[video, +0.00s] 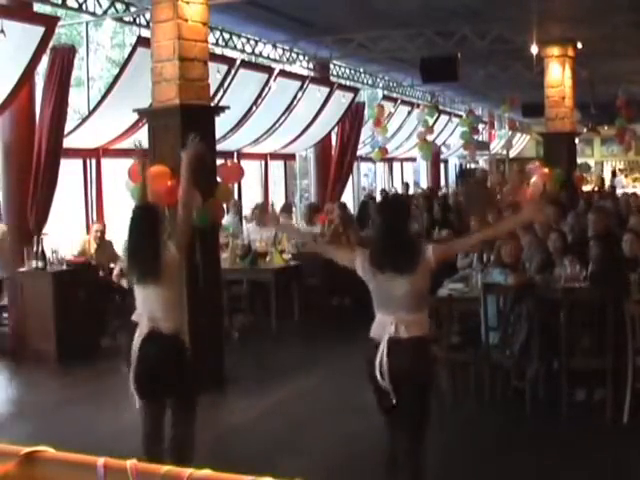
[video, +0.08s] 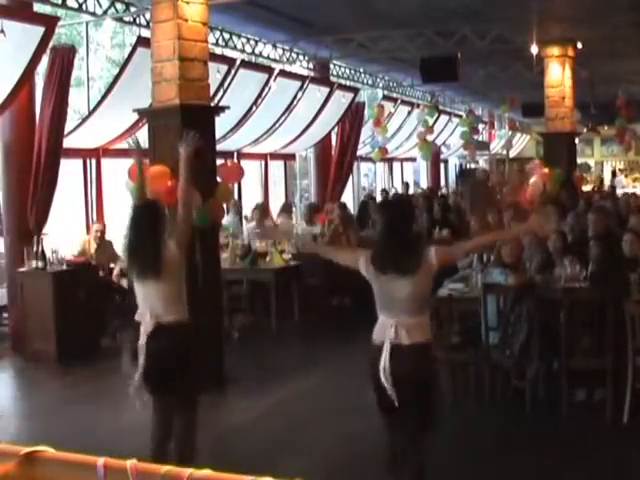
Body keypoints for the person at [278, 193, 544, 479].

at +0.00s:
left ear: (377, 225)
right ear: (409, 222)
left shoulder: (363, 261)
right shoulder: (428, 255)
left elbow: (316, 246)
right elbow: (478, 238)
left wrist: (278, 224)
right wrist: (523, 217)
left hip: (384, 346)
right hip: (419, 344)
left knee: (394, 422)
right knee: (418, 420)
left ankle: (396, 469)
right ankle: (416, 469)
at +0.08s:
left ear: (380, 226)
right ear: (413, 224)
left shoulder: (369, 262)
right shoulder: (430, 256)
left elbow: (331, 253)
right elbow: (475, 244)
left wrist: (304, 245)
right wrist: (524, 228)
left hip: (383, 347)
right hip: (417, 347)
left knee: (393, 419)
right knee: (420, 417)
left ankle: (396, 465)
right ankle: (416, 466)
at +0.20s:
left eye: (390, 217)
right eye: (418, 215)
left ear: (385, 225)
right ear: (418, 223)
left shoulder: (371, 256)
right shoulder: (434, 251)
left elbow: (325, 246)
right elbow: (482, 239)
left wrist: (290, 236)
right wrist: (528, 225)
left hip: (387, 340)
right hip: (422, 340)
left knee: (393, 416)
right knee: (426, 414)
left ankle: (397, 469)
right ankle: (430, 469)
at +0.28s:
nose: (376, 227)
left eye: (380, 223)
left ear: (384, 229)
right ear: (418, 225)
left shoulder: (373, 260)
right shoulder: (437, 253)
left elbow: (328, 250)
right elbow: (485, 240)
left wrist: (294, 241)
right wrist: (532, 222)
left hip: (387, 344)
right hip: (425, 342)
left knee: (395, 423)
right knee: (431, 423)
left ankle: (398, 471)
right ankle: (434, 470)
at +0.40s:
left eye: (386, 220)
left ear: (385, 227)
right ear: (420, 226)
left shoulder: (372, 261)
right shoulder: (437, 259)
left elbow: (328, 254)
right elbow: (485, 247)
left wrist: (290, 245)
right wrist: (529, 230)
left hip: (387, 345)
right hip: (425, 343)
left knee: (395, 417)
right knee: (430, 418)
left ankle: (395, 470)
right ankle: (434, 469)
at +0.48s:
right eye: (415, 216)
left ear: (384, 224)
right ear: (418, 222)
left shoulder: (370, 256)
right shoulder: (435, 252)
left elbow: (330, 251)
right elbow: (482, 242)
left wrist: (291, 242)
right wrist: (529, 227)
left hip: (385, 338)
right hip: (422, 337)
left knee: (389, 416)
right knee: (429, 415)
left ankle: (391, 469)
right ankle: (434, 465)